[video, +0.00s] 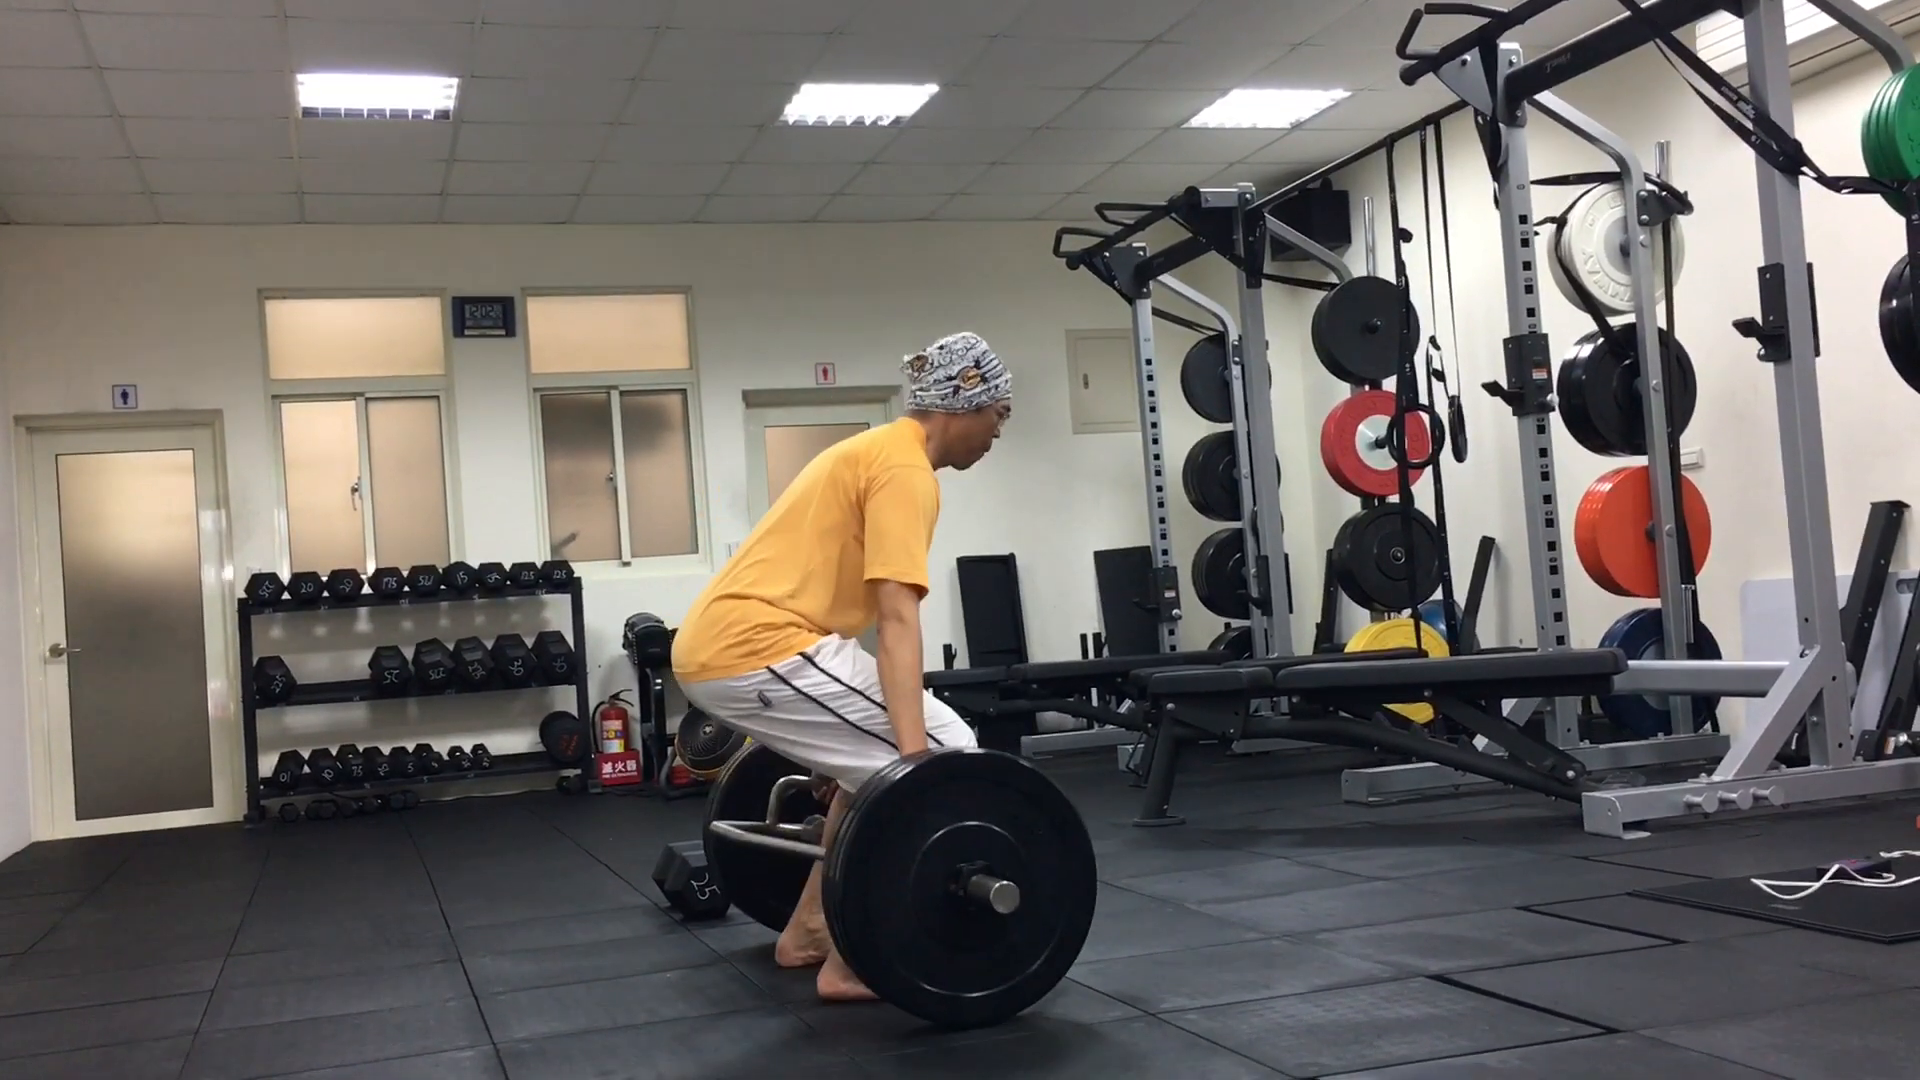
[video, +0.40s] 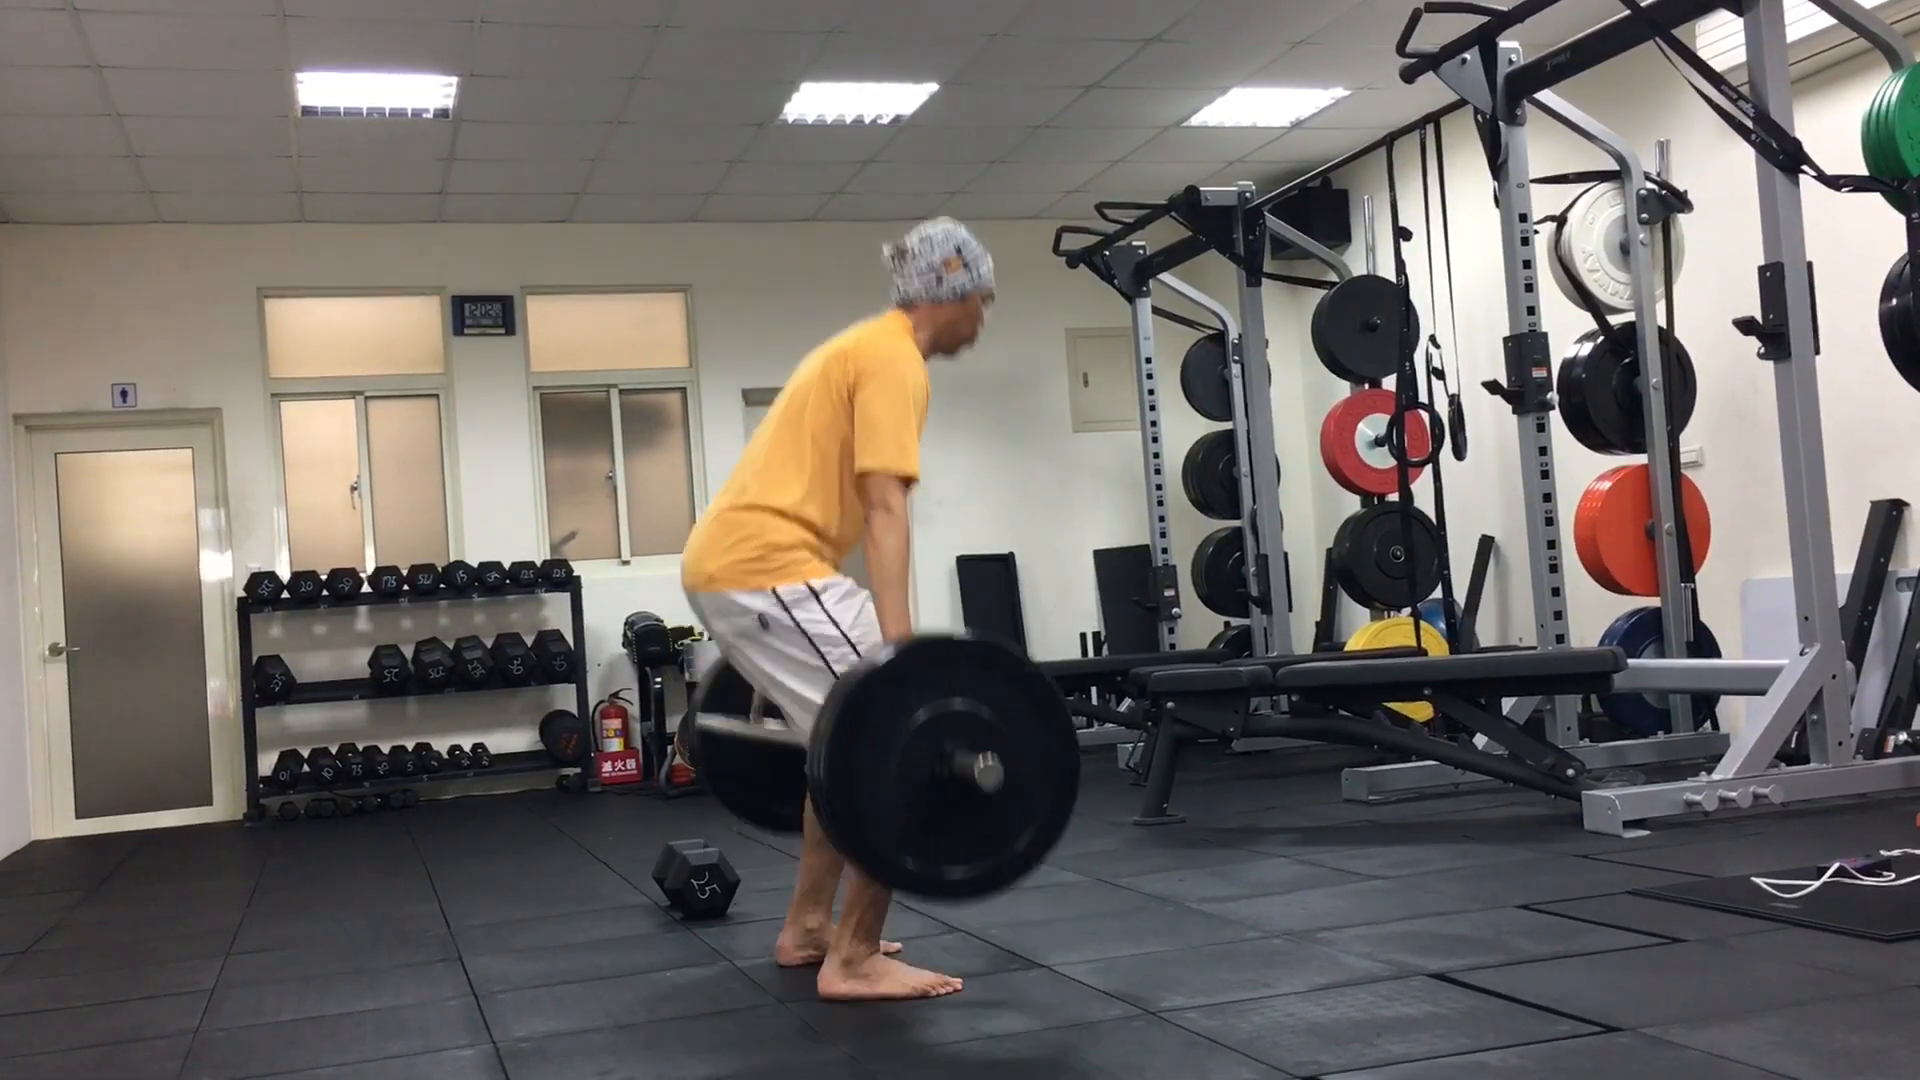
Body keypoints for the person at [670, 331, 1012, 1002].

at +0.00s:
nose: (997, 436)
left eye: (1001, 421)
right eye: (997, 418)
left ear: (936, 404)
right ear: (961, 407)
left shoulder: (873, 452)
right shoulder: (903, 464)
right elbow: (896, 618)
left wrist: (853, 753)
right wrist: (912, 754)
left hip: (718, 645)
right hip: (759, 647)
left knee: (885, 754)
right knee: (947, 749)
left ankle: (808, 931)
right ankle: (856, 961)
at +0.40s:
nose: (981, 325)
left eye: (984, 306)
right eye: (981, 305)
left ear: (921, 291)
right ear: (950, 294)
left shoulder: (858, 349)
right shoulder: (890, 354)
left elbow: (843, 510)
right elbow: (885, 504)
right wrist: (901, 651)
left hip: (728, 563)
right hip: (767, 562)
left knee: (850, 727)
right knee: (896, 725)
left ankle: (809, 925)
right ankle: (856, 956)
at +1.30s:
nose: (952, 292)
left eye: (959, 277)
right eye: (956, 273)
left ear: (897, 250)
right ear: (922, 254)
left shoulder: (829, 308)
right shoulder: (866, 310)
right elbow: (874, 458)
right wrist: (901, 597)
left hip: (735, 552)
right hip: (780, 551)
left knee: (833, 739)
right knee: (882, 731)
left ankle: (812, 933)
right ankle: (857, 964)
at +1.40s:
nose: (967, 328)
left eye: (972, 311)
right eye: (968, 309)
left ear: (910, 289)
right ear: (935, 293)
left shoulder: (842, 344)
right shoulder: (878, 350)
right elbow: (885, 500)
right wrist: (907, 643)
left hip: (727, 570)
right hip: (767, 571)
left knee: (849, 740)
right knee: (893, 734)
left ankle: (814, 933)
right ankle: (860, 965)